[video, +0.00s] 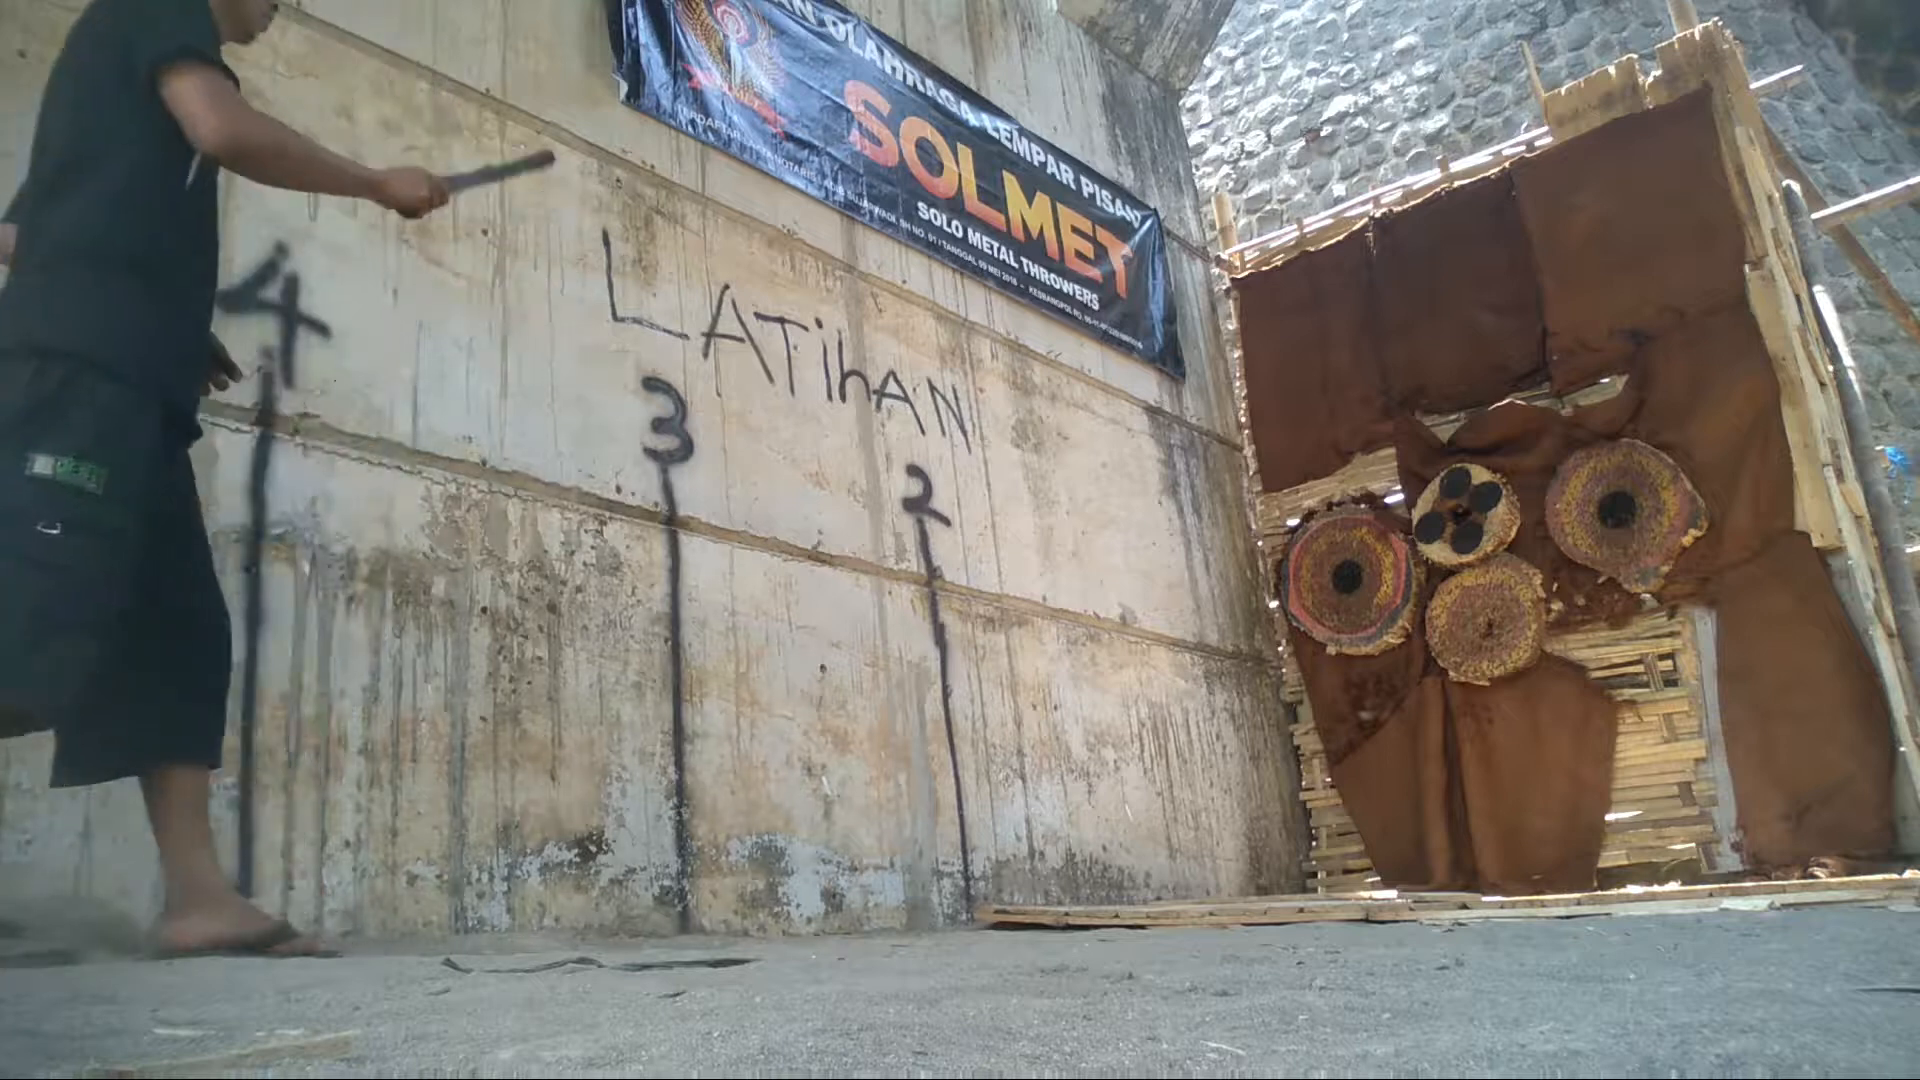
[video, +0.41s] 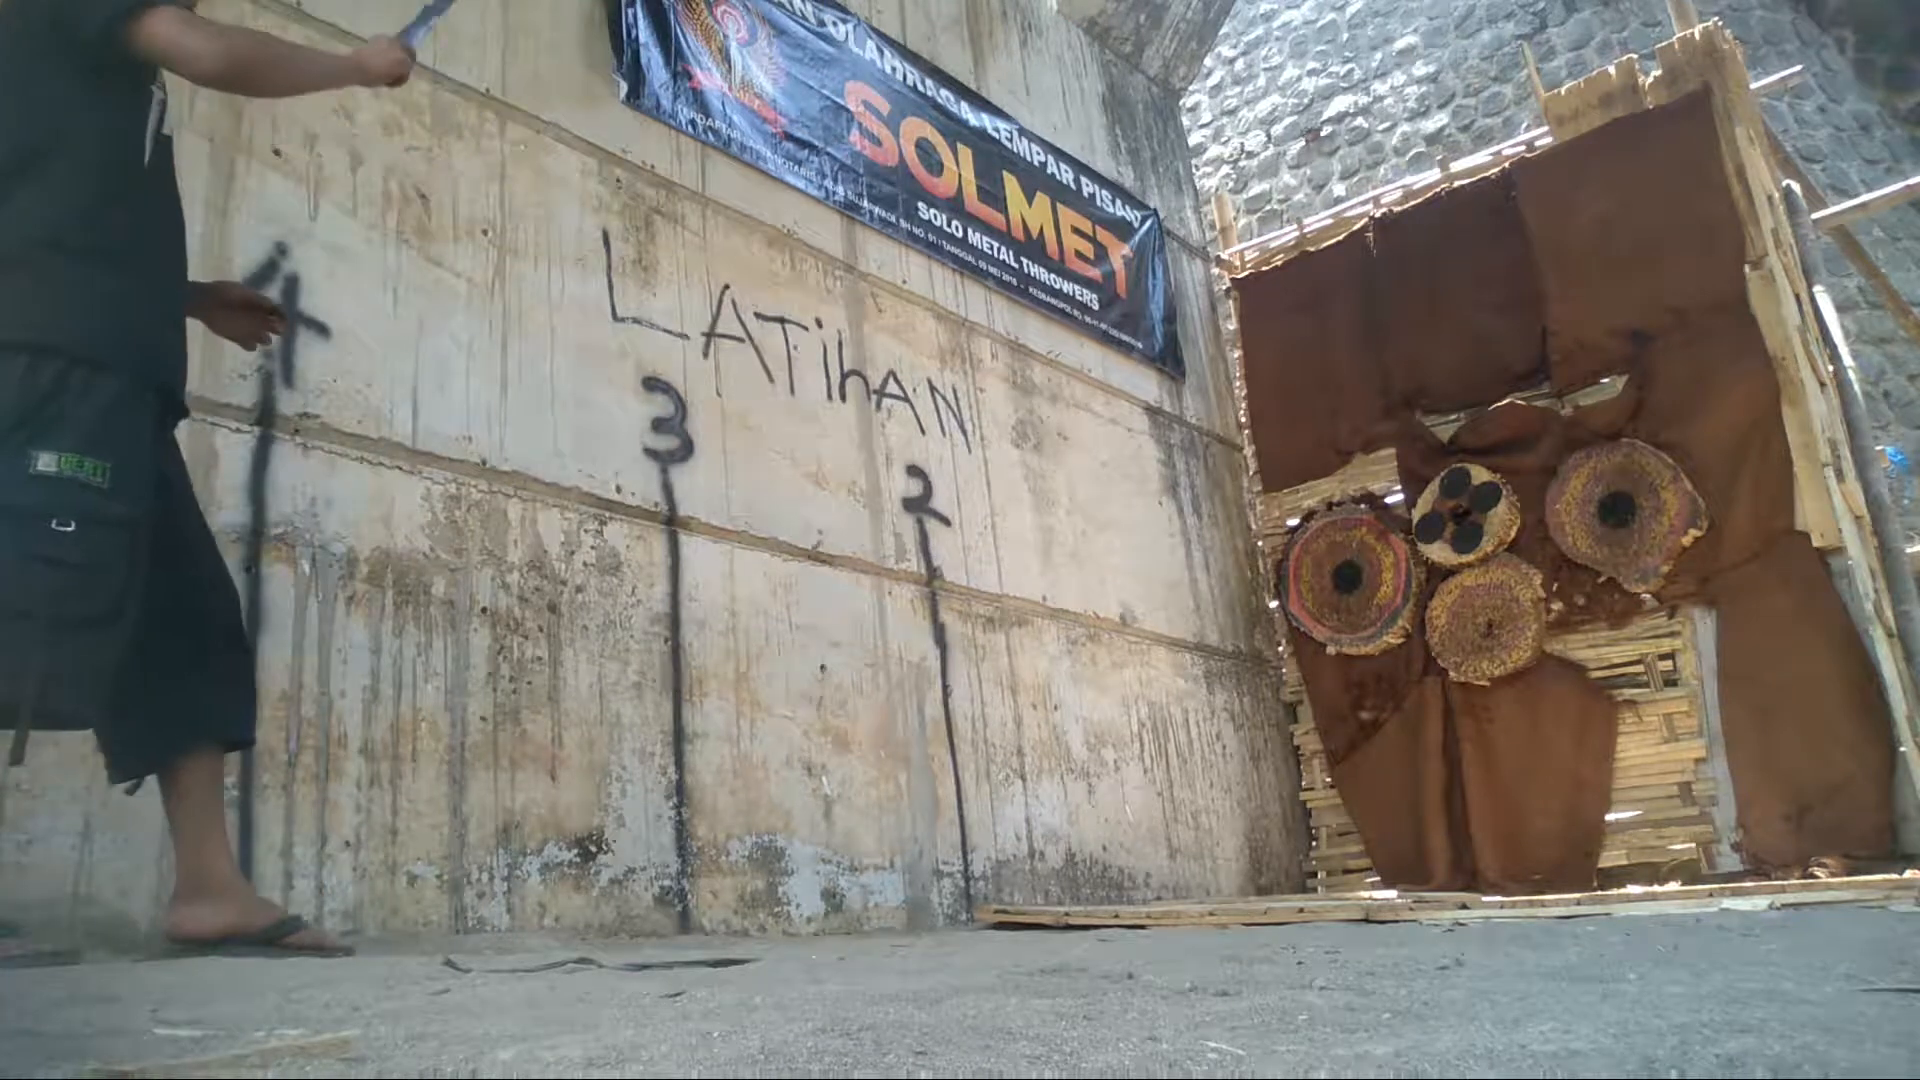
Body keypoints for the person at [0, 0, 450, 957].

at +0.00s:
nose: (269, 17)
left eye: (275, 8)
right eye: (268, 1)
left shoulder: (132, 51)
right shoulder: (155, 12)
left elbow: (30, 235)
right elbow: (221, 129)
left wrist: (177, 337)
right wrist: (377, 180)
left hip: (127, 398)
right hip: (75, 379)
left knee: (181, 635)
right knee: (41, 644)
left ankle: (199, 898)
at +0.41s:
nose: (178, 9)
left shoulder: (66, 50)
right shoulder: (73, 17)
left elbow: (50, 241)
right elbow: (207, 54)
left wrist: (191, 301)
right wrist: (353, 65)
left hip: (103, 390)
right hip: (53, 378)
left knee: (192, 622)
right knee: (22, 631)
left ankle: (209, 887)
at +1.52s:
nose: (300, 29)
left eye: (297, 14)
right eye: (291, 13)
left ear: (190, 25)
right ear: (250, 11)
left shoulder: (103, 119)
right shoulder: (275, 76)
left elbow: (11, 242)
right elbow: (397, 222)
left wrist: (90, 331)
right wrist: (494, 316)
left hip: (80, 382)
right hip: (154, 382)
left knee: (217, 633)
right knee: (40, 610)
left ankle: (252, 901)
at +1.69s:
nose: (296, 26)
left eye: (294, 12)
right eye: (289, 10)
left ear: (190, 21)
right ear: (250, 8)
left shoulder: (114, 115)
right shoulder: (258, 63)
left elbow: (21, 252)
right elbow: (364, 212)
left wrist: (120, 332)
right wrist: (465, 316)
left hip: (100, 384)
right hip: (145, 385)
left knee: (239, 634)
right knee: (37, 631)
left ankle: (253, 900)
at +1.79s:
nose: (316, 35)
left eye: (313, 19)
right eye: (306, 17)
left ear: (215, 29)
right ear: (263, 14)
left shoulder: (143, 133)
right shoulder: (278, 75)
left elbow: (61, 272)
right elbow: (366, 214)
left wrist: (184, 345)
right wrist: (476, 331)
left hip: (139, 402)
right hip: (161, 398)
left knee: (271, 638)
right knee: (41, 635)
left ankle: (255, 901)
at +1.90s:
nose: (339, 47)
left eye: (334, 29)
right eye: (326, 27)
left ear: (234, 44)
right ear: (283, 27)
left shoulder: (170, 146)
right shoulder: (295, 89)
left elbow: (99, 290)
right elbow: (372, 221)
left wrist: (235, 364)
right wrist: (487, 357)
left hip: (159, 403)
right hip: (189, 402)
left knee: (284, 641)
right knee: (74, 636)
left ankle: (258, 902)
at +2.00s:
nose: (371, 70)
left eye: (367, 51)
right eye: (363, 48)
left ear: (270, 59)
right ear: (325, 43)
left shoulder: (215, 173)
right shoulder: (333, 112)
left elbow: (155, 309)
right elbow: (379, 246)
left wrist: (259, 366)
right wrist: (463, 395)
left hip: (212, 415)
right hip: (260, 420)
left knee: (298, 659)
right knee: (148, 637)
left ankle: (259, 904)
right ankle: (8, 794)